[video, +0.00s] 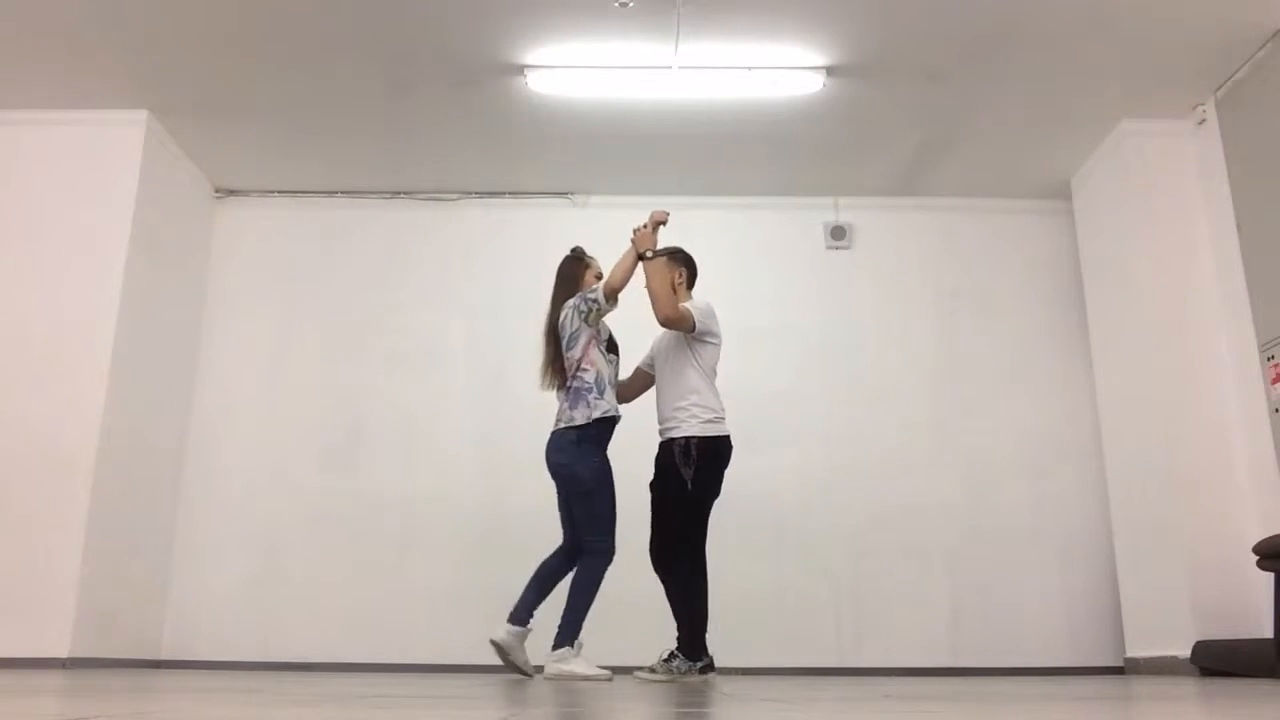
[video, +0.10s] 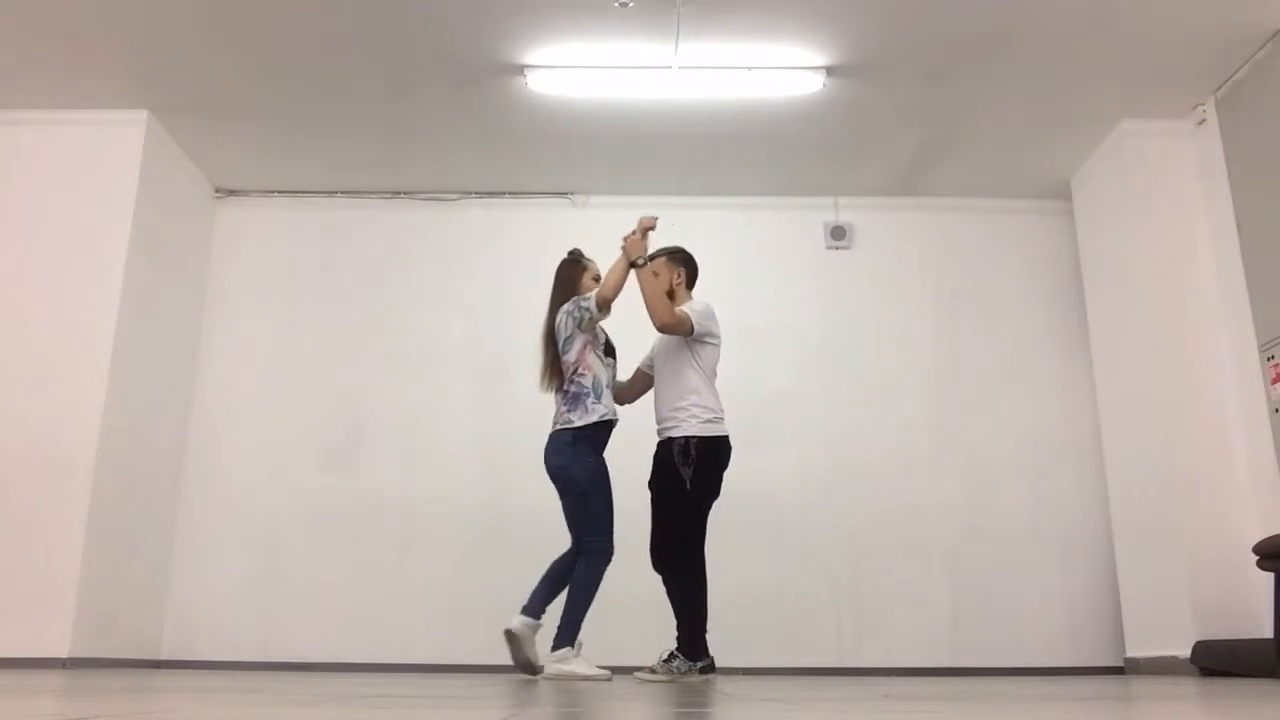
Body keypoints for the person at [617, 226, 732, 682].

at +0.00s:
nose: (652, 281)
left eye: (660, 272)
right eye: (651, 274)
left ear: (682, 276)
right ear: (666, 280)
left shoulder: (703, 314)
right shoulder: (665, 339)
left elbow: (666, 313)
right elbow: (625, 391)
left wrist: (649, 256)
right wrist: (579, 379)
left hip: (700, 443)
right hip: (675, 445)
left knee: (683, 548)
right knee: (664, 550)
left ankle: (692, 653)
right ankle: (692, 649)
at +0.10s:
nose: (646, 282)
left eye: (652, 272)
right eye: (644, 275)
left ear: (678, 274)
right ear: (671, 280)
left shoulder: (702, 312)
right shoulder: (666, 339)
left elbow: (664, 320)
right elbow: (625, 392)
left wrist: (636, 265)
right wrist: (580, 372)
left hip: (698, 443)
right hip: (674, 445)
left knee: (679, 550)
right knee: (669, 552)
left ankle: (692, 654)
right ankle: (693, 651)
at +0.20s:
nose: (644, 283)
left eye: (650, 274)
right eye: (643, 276)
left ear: (675, 276)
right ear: (669, 280)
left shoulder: (697, 312)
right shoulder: (664, 334)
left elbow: (659, 329)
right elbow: (629, 388)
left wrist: (626, 276)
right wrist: (582, 371)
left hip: (698, 442)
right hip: (673, 444)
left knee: (683, 547)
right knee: (653, 550)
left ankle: (691, 653)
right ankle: (693, 646)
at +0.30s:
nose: (638, 282)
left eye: (644, 274)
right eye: (639, 275)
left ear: (669, 276)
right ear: (666, 278)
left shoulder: (690, 314)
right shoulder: (664, 331)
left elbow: (652, 338)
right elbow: (628, 382)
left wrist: (607, 291)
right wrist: (577, 369)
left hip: (696, 443)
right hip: (672, 444)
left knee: (681, 547)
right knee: (647, 548)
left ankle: (688, 655)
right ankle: (677, 646)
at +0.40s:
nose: (632, 283)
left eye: (638, 275)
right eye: (634, 276)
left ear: (661, 276)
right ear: (660, 277)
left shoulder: (681, 315)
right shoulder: (660, 327)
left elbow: (643, 349)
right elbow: (626, 375)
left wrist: (593, 316)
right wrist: (582, 362)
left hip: (691, 443)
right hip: (668, 444)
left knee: (685, 551)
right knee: (647, 552)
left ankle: (689, 657)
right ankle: (661, 653)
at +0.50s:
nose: (625, 283)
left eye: (630, 274)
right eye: (627, 275)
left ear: (652, 276)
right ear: (653, 278)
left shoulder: (671, 318)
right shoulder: (659, 322)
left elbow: (629, 365)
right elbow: (628, 365)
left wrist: (577, 340)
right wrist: (596, 347)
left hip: (681, 444)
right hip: (668, 444)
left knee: (665, 551)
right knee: (652, 551)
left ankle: (682, 657)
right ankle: (663, 654)